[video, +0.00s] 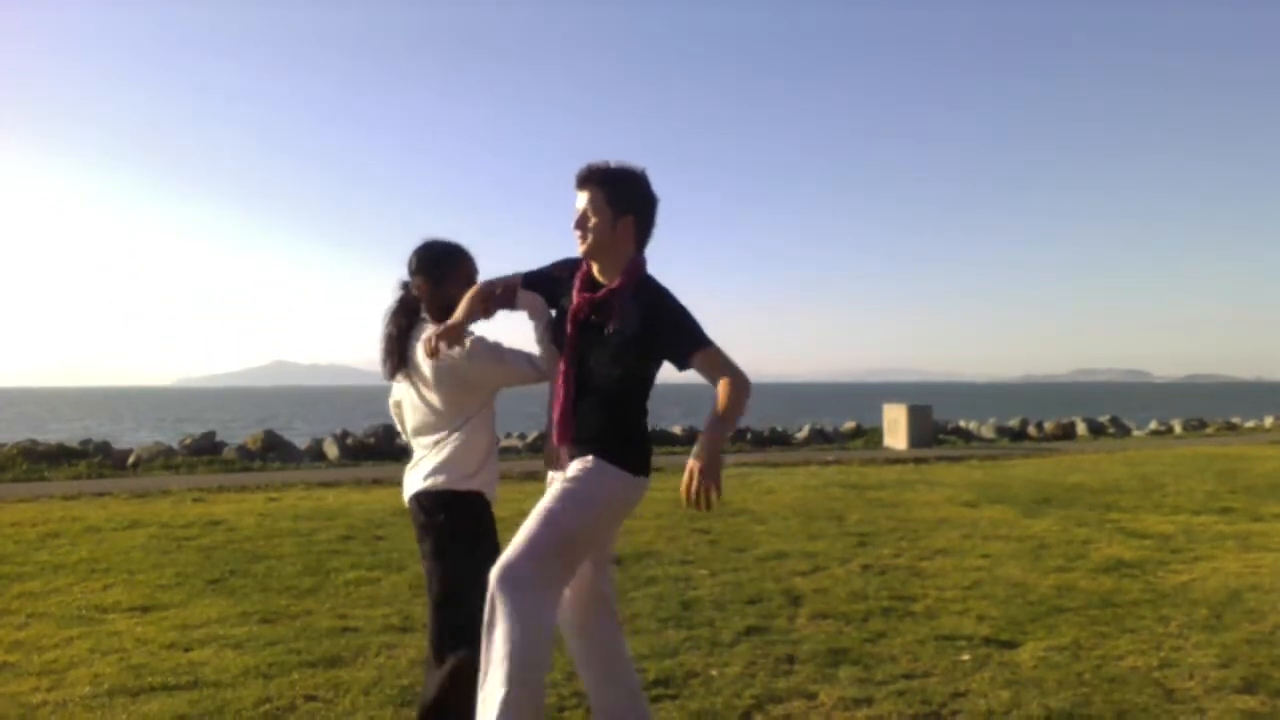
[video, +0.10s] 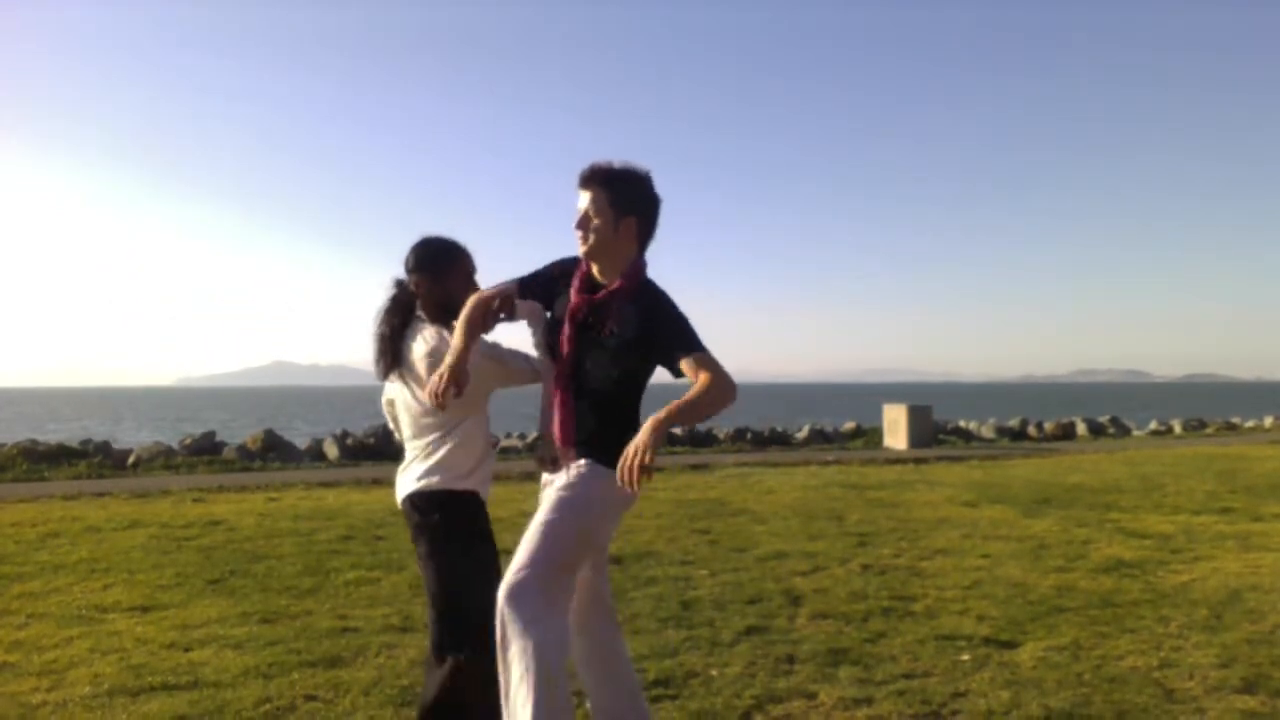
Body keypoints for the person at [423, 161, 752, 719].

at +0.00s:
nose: (576, 224)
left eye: (588, 215)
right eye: (577, 214)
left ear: (627, 225)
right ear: (588, 221)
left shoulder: (651, 302)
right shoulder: (571, 278)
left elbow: (734, 383)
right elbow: (492, 290)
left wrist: (709, 446)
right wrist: (458, 322)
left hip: (610, 467)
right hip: (569, 463)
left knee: (515, 581)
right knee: (587, 614)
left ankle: (504, 713)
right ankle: (624, 714)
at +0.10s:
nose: (579, 225)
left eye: (590, 216)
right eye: (578, 215)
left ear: (630, 226)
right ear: (582, 219)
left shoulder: (649, 304)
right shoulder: (566, 277)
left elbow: (718, 386)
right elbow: (483, 302)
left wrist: (657, 422)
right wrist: (457, 355)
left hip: (600, 471)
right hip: (560, 469)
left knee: (521, 598)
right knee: (591, 626)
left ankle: (535, 713)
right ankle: (624, 714)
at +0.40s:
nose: (561, 228)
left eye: (575, 221)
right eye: (562, 218)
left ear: (616, 239)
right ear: (561, 225)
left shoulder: (631, 310)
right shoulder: (533, 282)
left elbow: (687, 382)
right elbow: (474, 328)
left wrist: (598, 358)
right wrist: (490, 409)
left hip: (591, 479)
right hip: (537, 474)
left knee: (535, 628)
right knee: (591, 625)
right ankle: (625, 714)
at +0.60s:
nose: (523, 264)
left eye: (536, 255)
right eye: (527, 252)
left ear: (580, 269)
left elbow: (648, 411)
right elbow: (508, 382)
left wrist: (572, 367)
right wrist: (503, 442)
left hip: (594, 487)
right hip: (538, 481)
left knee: (552, 631)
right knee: (577, 628)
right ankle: (623, 712)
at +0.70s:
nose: (499, 288)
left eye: (510, 279)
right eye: (502, 276)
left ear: (553, 295)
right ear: (542, 295)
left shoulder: (611, 354)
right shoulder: (523, 338)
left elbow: (611, 442)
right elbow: (521, 421)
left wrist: (542, 384)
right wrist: (516, 497)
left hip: (595, 492)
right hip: (552, 488)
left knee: (553, 637)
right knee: (572, 631)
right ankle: (621, 711)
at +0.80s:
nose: (480, 308)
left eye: (488, 299)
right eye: (481, 297)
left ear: (523, 308)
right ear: (520, 308)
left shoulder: (593, 363)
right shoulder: (517, 347)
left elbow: (565, 480)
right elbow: (509, 430)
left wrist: (516, 407)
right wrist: (498, 508)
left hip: (604, 494)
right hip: (566, 486)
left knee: (554, 627)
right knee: (558, 622)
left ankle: (571, 711)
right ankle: (603, 709)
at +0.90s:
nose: (472, 311)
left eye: (474, 301)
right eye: (471, 300)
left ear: (503, 307)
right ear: (510, 303)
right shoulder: (533, 339)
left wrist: (491, 412)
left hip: (603, 491)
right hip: (585, 483)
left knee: (542, 634)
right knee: (568, 627)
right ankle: (590, 709)